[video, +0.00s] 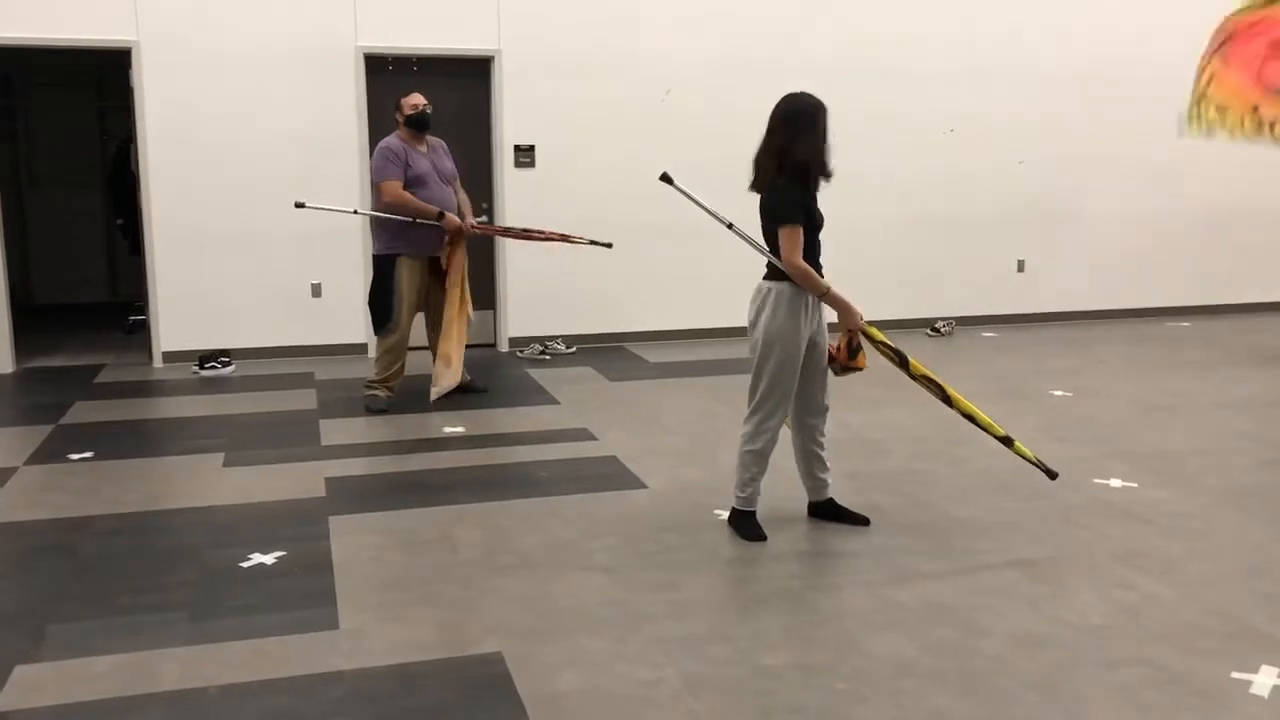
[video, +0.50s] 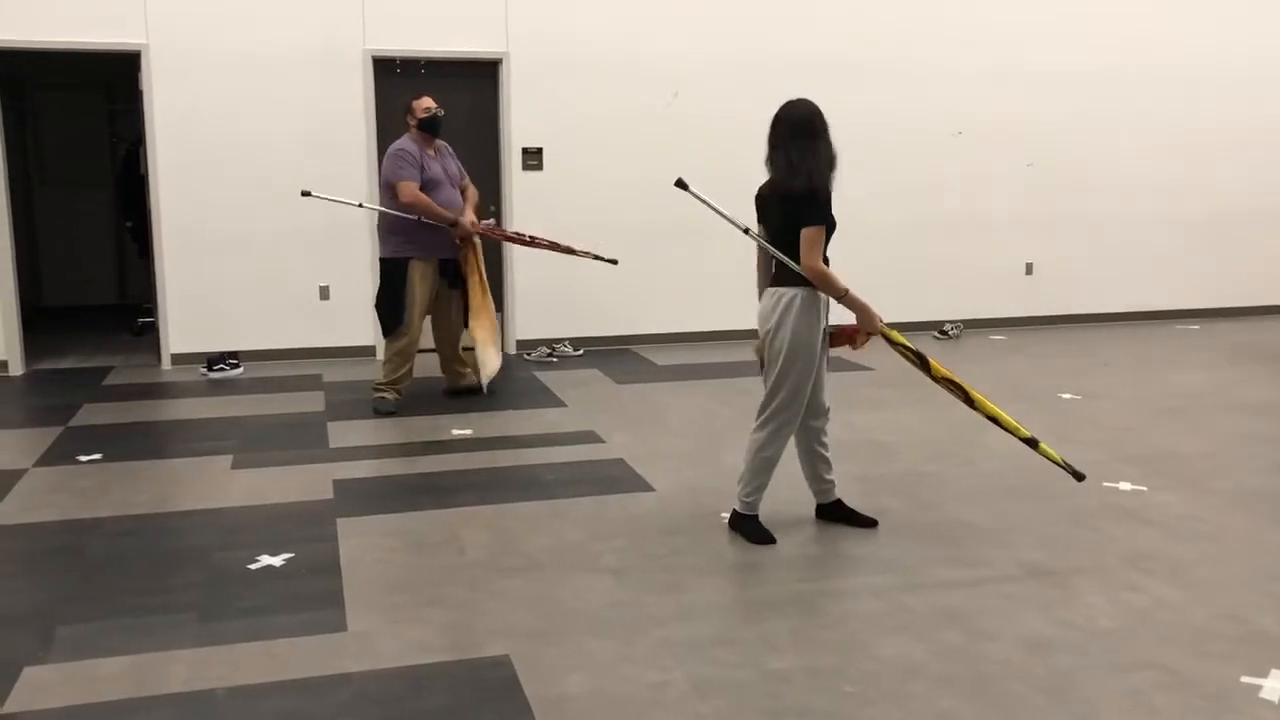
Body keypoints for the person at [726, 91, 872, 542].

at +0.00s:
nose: (825, 138)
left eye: (823, 129)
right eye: (821, 130)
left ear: (782, 130)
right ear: (810, 133)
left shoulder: (800, 181)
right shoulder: (786, 184)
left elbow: (800, 259)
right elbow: (791, 262)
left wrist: (832, 312)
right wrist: (843, 305)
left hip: (807, 302)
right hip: (782, 302)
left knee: (811, 408)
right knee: (768, 409)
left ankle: (820, 500)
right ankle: (743, 507)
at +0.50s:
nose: (829, 144)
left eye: (823, 135)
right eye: (825, 136)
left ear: (776, 142)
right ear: (820, 140)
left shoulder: (768, 192)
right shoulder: (812, 191)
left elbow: (766, 267)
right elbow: (811, 266)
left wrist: (771, 323)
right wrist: (860, 307)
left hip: (779, 303)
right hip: (797, 305)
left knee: (812, 409)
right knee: (782, 410)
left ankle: (827, 501)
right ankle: (745, 510)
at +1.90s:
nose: (828, 156)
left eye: (825, 147)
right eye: (823, 147)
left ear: (779, 151)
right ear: (814, 151)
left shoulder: (777, 201)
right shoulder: (804, 202)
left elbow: (778, 274)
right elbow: (816, 279)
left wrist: (831, 303)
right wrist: (866, 318)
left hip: (802, 315)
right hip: (799, 317)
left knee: (823, 419)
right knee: (786, 422)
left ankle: (832, 513)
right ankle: (753, 524)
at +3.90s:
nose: (837, 139)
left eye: (832, 131)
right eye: (833, 131)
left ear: (792, 136)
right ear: (826, 135)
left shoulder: (797, 181)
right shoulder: (813, 185)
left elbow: (811, 259)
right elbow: (828, 263)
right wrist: (876, 305)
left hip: (816, 301)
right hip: (805, 302)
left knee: (828, 406)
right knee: (789, 409)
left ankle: (841, 498)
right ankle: (761, 511)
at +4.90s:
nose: (834, 133)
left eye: (829, 125)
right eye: (830, 125)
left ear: (785, 129)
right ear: (821, 128)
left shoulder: (784, 177)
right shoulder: (810, 179)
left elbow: (782, 247)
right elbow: (825, 257)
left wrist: (790, 297)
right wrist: (876, 296)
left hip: (805, 292)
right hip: (805, 295)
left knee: (825, 398)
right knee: (786, 402)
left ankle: (838, 491)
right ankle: (759, 503)